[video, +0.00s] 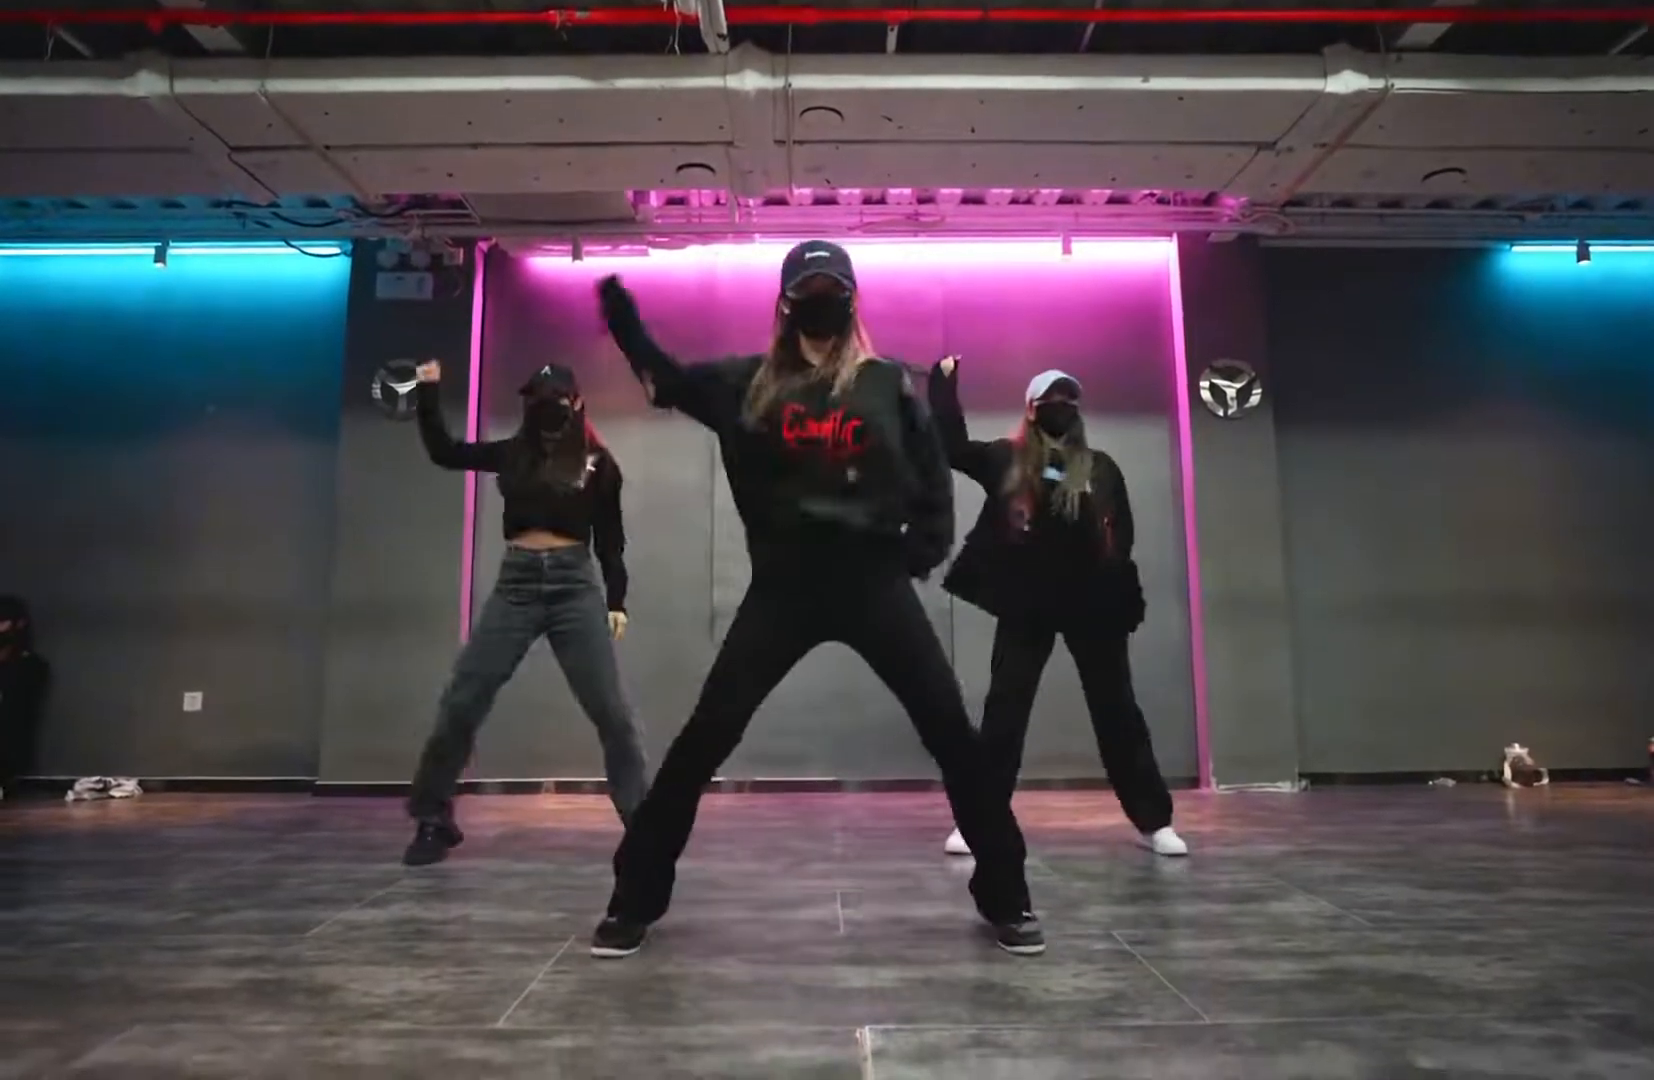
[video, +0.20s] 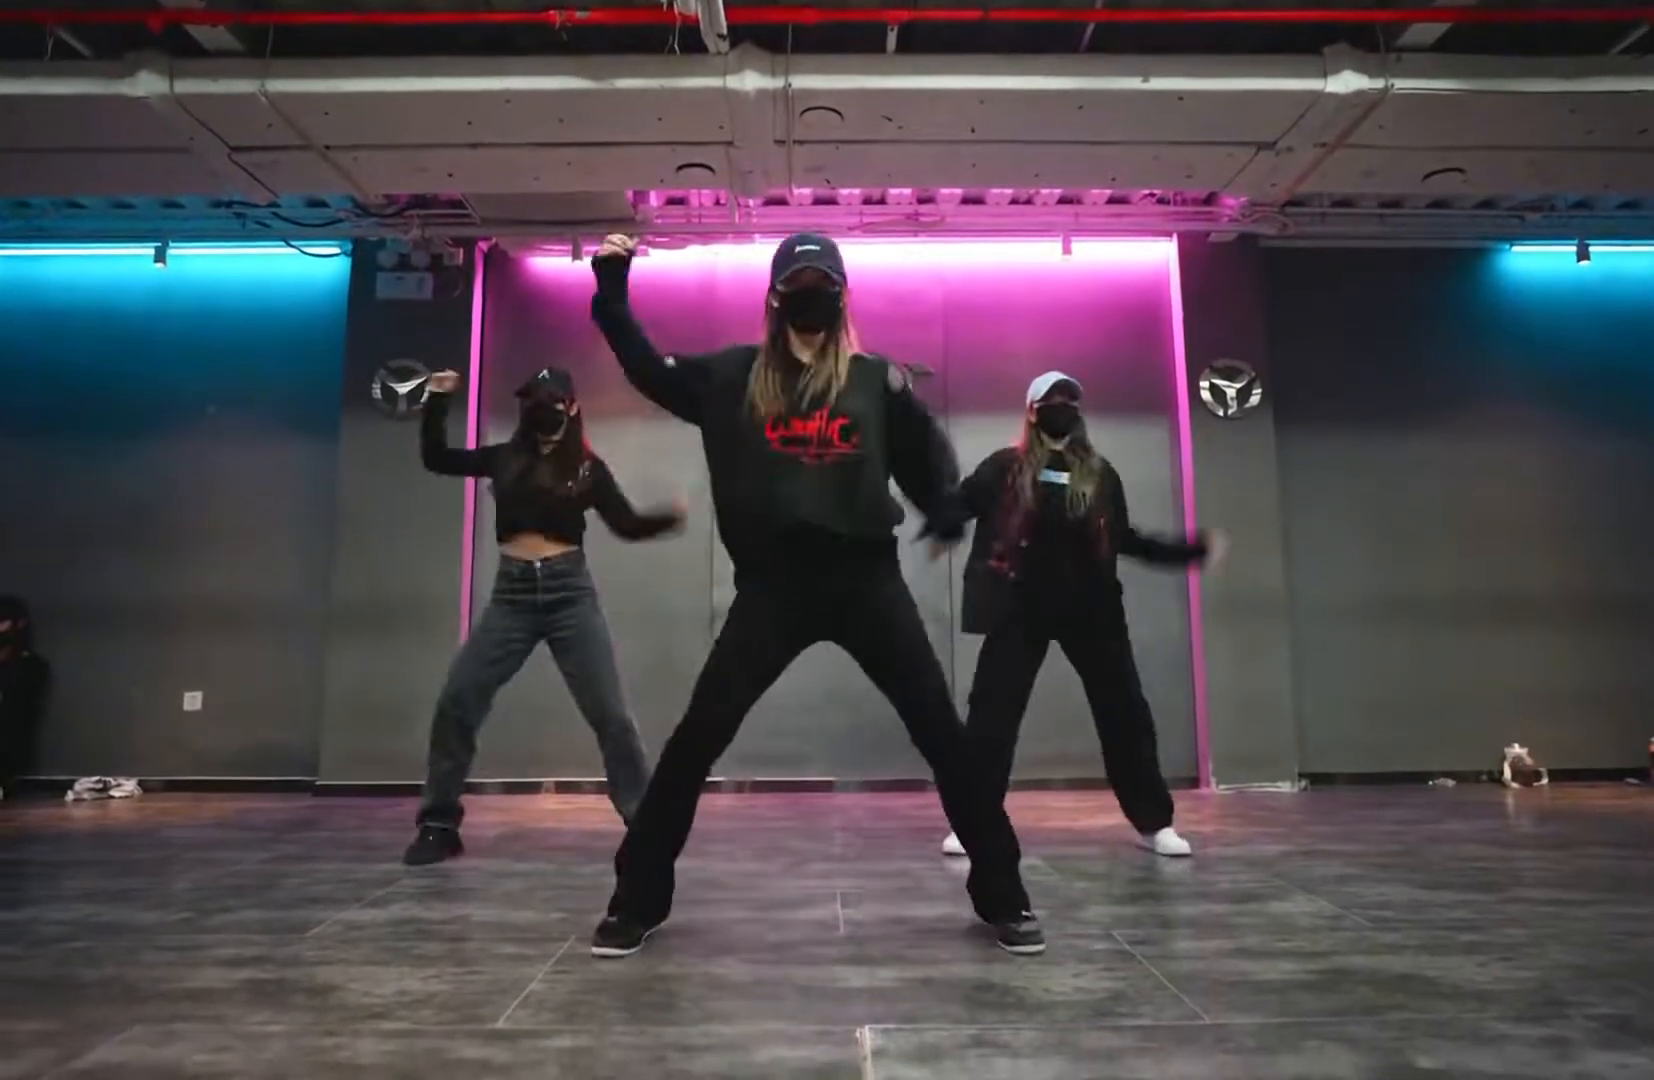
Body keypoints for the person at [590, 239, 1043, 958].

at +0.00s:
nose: (821, 305)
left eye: (832, 293)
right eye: (807, 294)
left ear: (851, 300)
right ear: (786, 302)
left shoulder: (889, 386)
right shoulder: (748, 386)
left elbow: (935, 483)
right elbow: (667, 380)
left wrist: (915, 556)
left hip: (876, 587)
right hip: (783, 590)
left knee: (952, 732)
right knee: (706, 737)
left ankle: (1007, 900)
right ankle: (632, 905)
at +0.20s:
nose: (810, 302)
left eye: (822, 289)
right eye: (798, 290)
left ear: (841, 295)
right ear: (776, 295)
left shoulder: (880, 383)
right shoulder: (730, 377)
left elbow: (935, 485)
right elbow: (649, 371)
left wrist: (953, 511)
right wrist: (612, 285)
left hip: (868, 588)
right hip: (771, 590)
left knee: (942, 732)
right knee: (698, 738)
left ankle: (1004, 899)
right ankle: (634, 904)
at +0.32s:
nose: (812, 320)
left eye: (825, 306)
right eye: (799, 306)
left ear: (844, 313)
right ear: (776, 312)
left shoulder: (875, 396)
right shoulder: (732, 384)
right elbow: (650, 408)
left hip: (863, 599)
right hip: (773, 601)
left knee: (916, 747)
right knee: (726, 747)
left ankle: (1015, 877)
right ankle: (644, 894)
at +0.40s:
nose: (815, 357)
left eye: (827, 342)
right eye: (801, 343)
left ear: (846, 346)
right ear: (778, 349)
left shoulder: (881, 435)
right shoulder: (750, 440)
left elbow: (937, 521)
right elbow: (691, 527)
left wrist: (949, 608)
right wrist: (707, 588)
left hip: (864, 630)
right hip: (781, 629)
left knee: (897, 788)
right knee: (741, 777)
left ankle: (1024, 884)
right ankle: (646, 902)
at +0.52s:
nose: (825, 365)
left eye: (837, 352)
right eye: (813, 352)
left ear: (855, 355)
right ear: (793, 356)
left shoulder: (888, 428)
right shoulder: (769, 438)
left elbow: (922, 513)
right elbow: (772, 544)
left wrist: (910, 572)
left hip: (875, 626)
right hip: (791, 629)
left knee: (945, 766)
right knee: (734, 769)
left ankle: (1017, 890)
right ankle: (646, 900)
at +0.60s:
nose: (838, 353)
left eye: (852, 342)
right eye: (827, 338)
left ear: (878, 338)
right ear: (817, 336)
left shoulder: (909, 410)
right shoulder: (795, 408)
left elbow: (935, 518)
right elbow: (805, 500)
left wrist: (841, 511)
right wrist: (905, 505)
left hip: (885, 618)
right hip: (799, 618)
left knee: (996, 719)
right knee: (726, 751)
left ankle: (981, 892)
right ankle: (647, 898)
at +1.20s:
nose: (887, 329)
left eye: (898, 317)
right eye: (873, 317)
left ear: (914, 324)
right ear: (851, 325)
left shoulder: (935, 413)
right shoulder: (820, 399)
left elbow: (957, 519)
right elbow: (831, 491)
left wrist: (870, 500)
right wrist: (946, 495)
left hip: (897, 618)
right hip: (813, 615)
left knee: (1016, 720)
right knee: (732, 752)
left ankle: (981, 893)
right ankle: (647, 906)